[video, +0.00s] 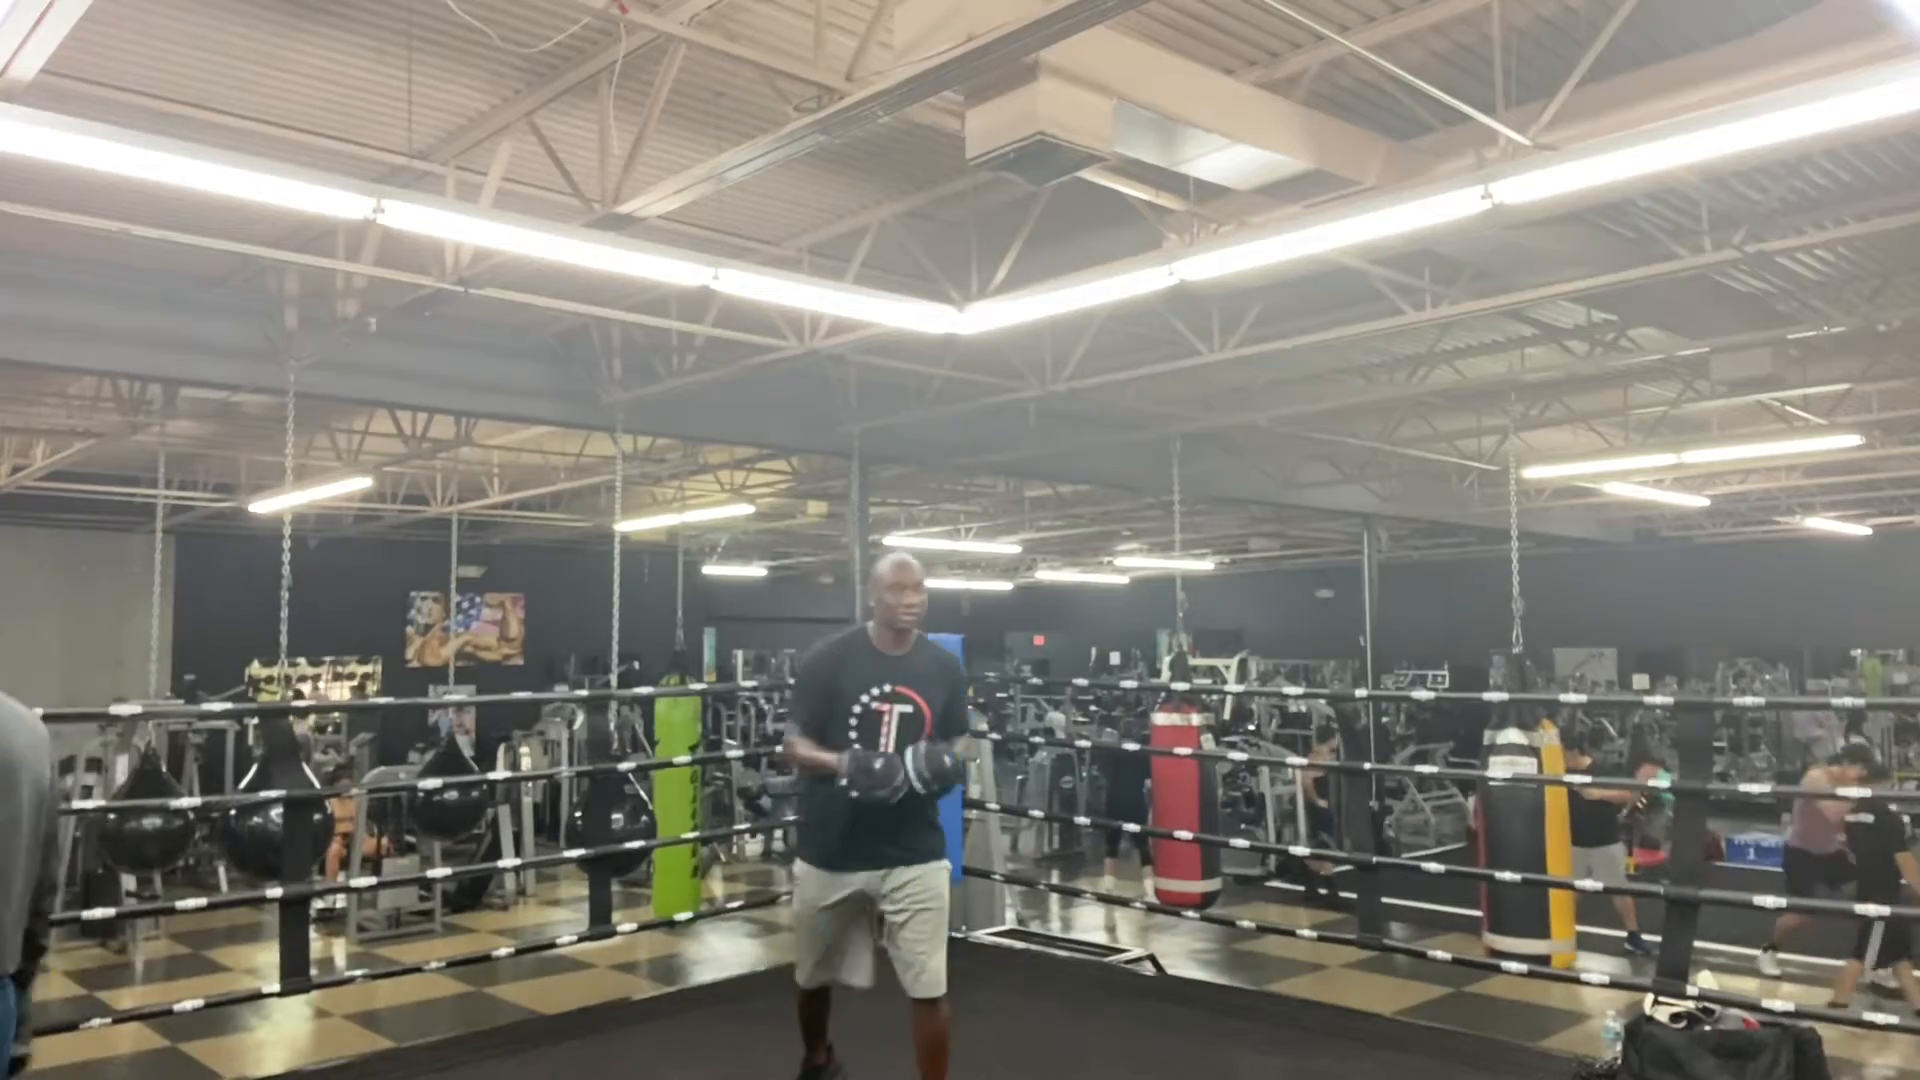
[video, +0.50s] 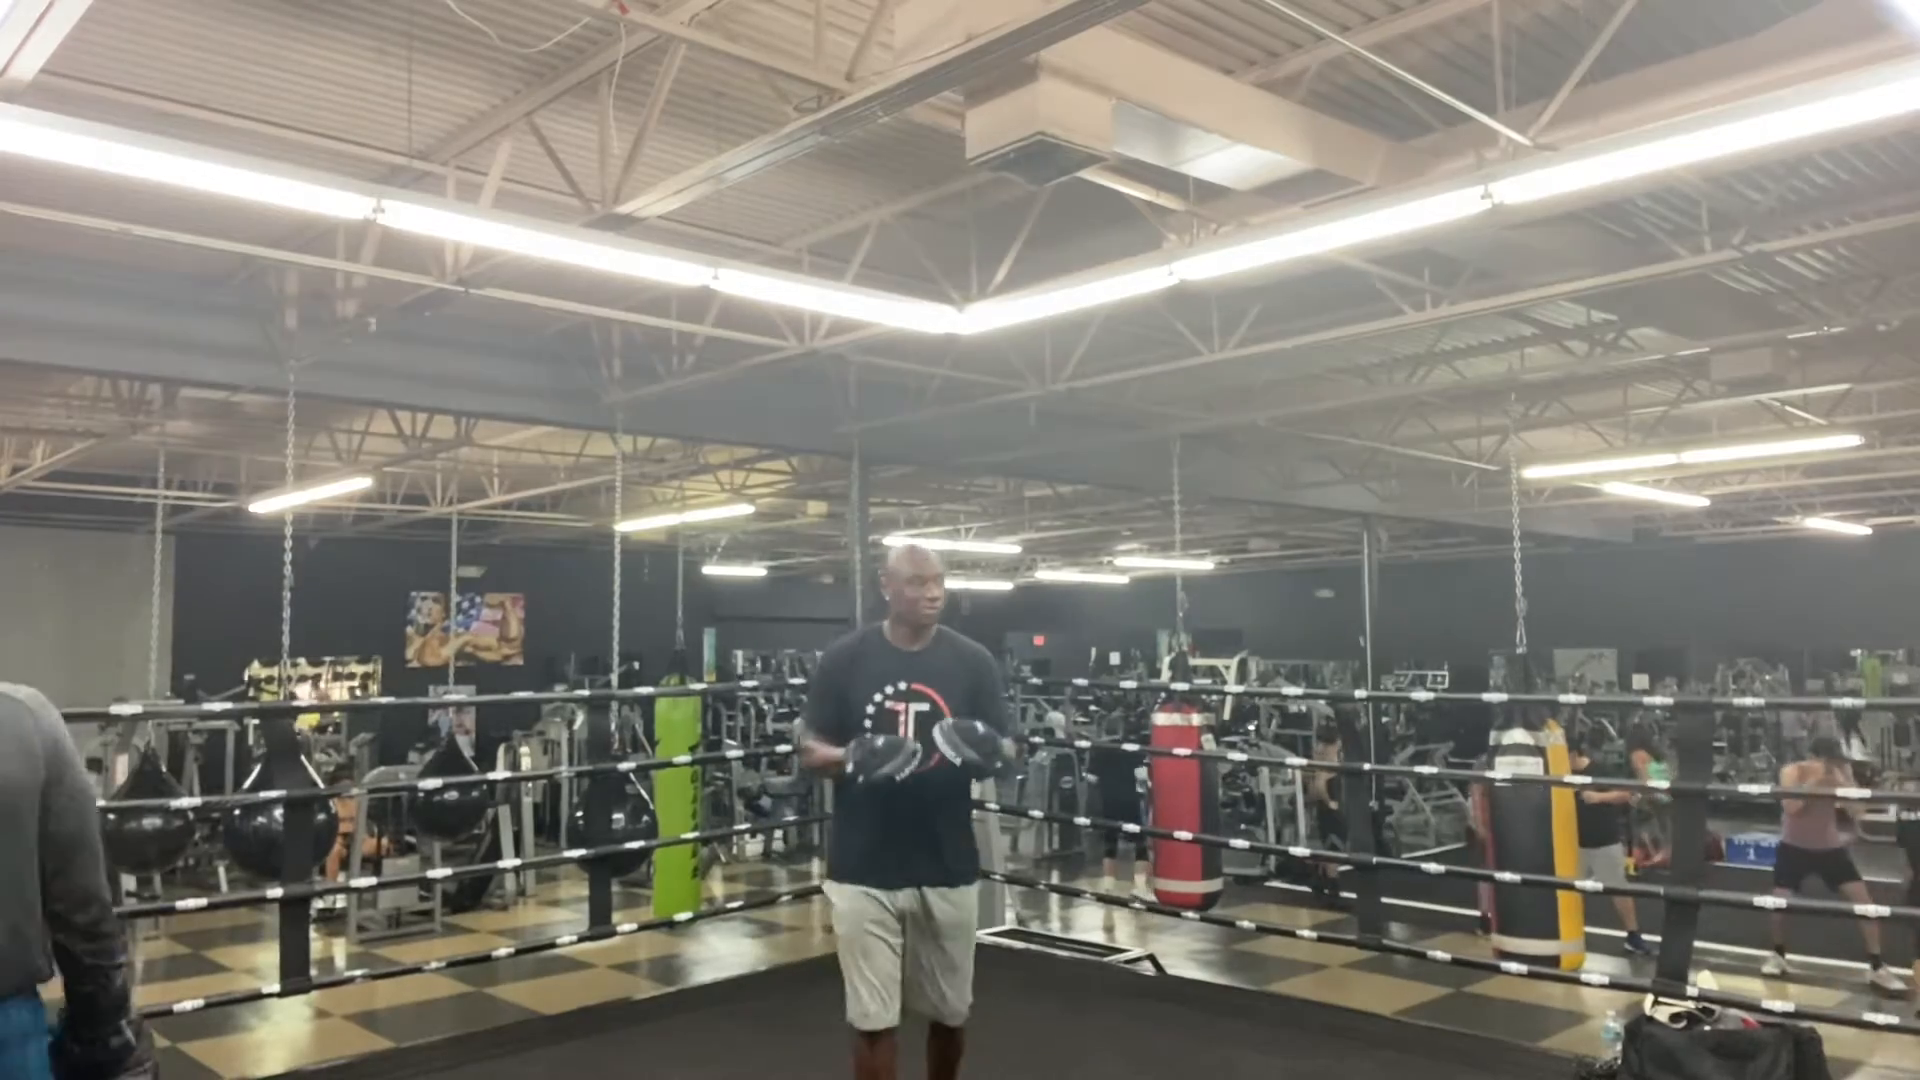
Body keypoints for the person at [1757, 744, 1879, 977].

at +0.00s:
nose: (1858, 781)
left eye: (1861, 778)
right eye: (1858, 775)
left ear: (1854, 769)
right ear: (1846, 764)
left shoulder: (1843, 784)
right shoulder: (1815, 777)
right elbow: (1833, 813)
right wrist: (1855, 793)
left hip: (1832, 852)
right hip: (1801, 851)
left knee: (1872, 888)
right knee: (1802, 911)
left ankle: (1876, 964)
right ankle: (1769, 951)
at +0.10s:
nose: (1853, 771)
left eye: (1856, 767)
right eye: (1851, 765)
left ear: (1857, 766)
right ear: (1841, 759)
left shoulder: (1851, 780)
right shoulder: (1811, 774)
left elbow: (1852, 816)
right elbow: (1822, 810)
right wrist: (1844, 790)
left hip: (1834, 851)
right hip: (1800, 850)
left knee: (1863, 898)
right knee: (1795, 906)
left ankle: (1876, 961)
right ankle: (1775, 954)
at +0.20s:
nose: (1848, 769)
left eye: (1852, 766)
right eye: (1846, 764)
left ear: (1854, 766)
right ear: (1835, 759)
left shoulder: (1852, 779)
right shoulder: (1805, 772)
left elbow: (1858, 813)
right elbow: (1810, 806)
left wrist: (1855, 788)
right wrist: (1831, 783)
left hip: (1835, 853)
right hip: (1798, 852)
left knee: (1866, 902)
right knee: (1785, 905)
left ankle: (1877, 961)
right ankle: (1777, 954)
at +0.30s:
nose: (1832, 771)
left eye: (1838, 767)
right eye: (1829, 765)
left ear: (1844, 765)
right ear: (1820, 761)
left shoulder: (1846, 778)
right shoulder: (1799, 773)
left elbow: (1861, 817)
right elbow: (1795, 809)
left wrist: (1847, 789)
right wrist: (1819, 793)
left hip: (1833, 852)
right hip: (1796, 852)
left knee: (1864, 903)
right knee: (1780, 903)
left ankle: (1875, 963)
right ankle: (1777, 954)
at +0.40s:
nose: (1829, 768)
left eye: (1835, 765)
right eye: (1826, 763)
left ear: (1840, 765)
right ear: (1815, 759)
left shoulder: (1843, 774)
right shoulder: (1795, 772)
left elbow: (1858, 814)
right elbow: (1792, 809)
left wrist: (1842, 784)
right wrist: (1816, 786)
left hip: (1833, 853)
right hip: (1794, 851)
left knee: (1866, 906)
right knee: (1779, 904)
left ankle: (1876, 966)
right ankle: (1777, 956)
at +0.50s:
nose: (1825, 766)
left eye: (1831, 762)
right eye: (1822, 761)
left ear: (1836, 761)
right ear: (1812, 757)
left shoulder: (1841, 772)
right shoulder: (1792, 771)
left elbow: (1856, 810)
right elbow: (1791, 807)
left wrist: (1839, 781)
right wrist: (1813, 782)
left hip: (1832, 852)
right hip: (1793, 851)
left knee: (1866, 908)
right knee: (1778, 905)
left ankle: (1877, 968)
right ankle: (1777, 956)